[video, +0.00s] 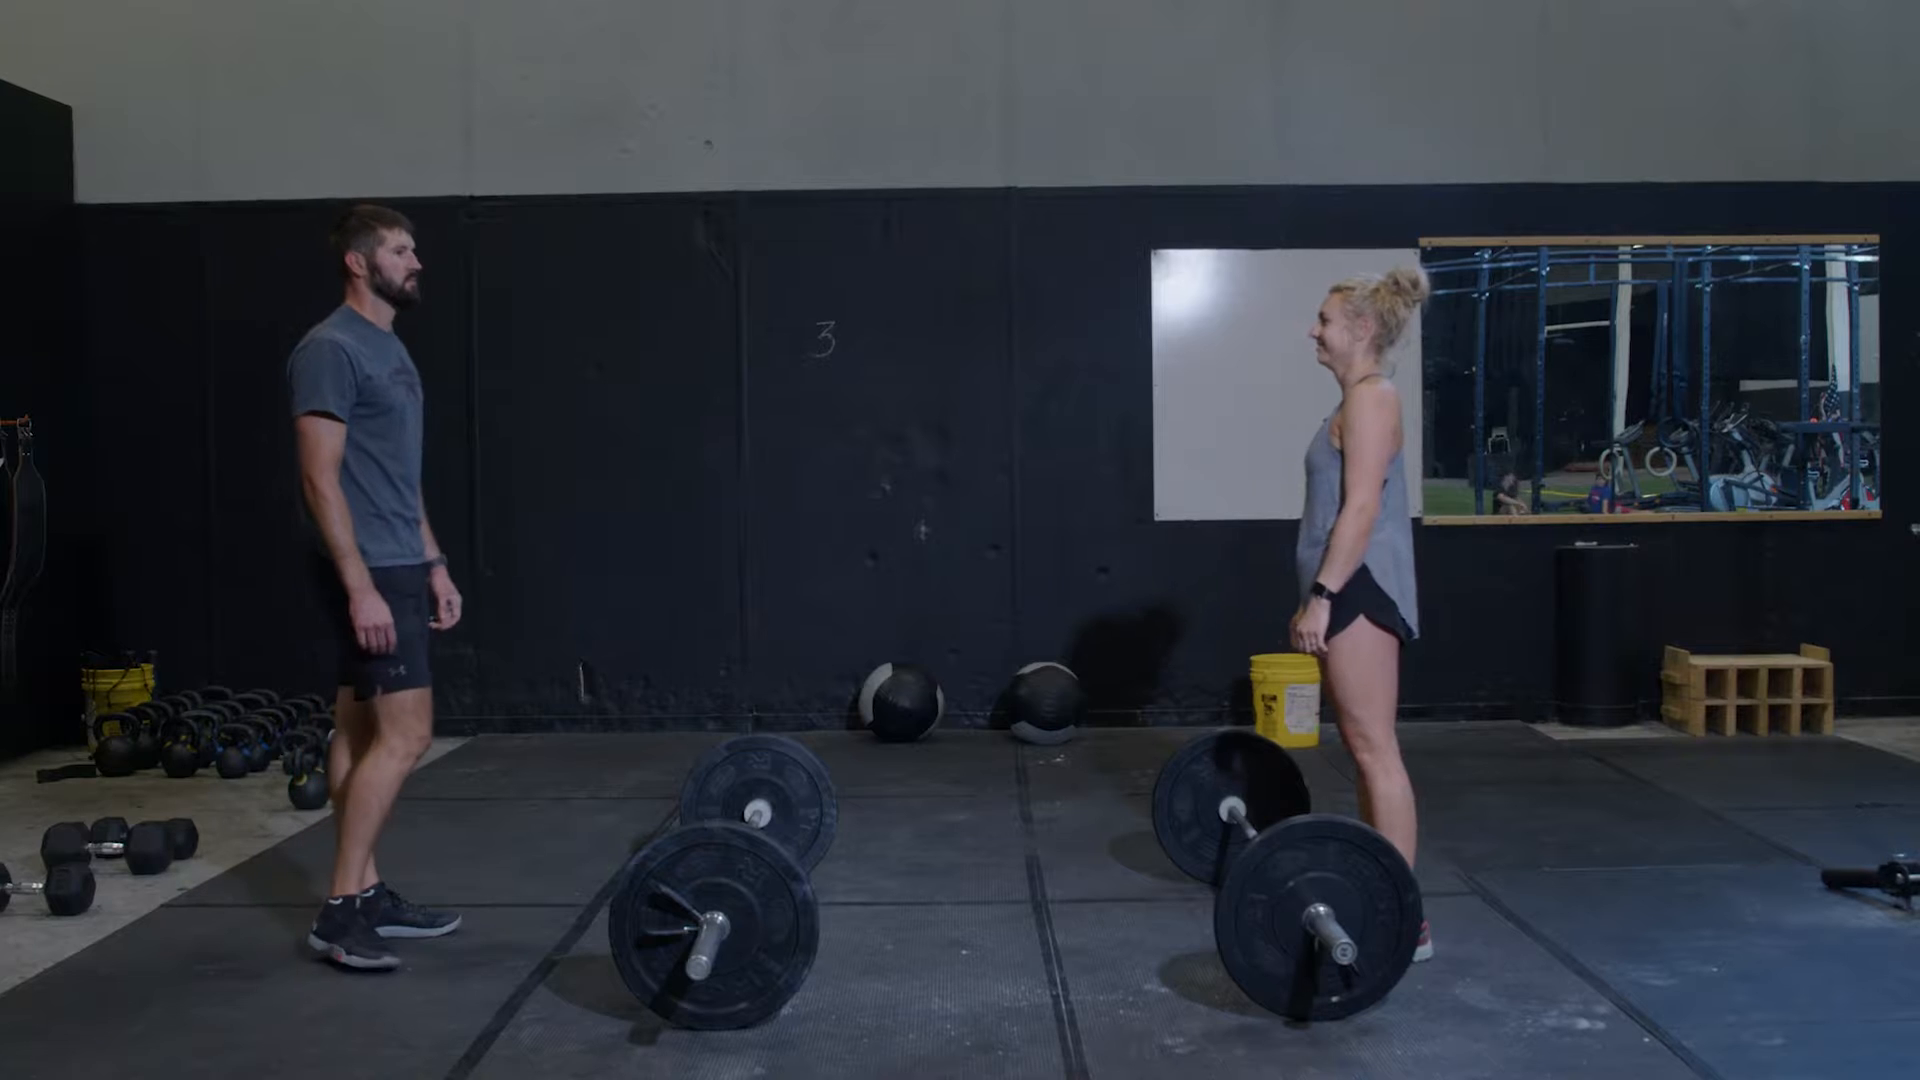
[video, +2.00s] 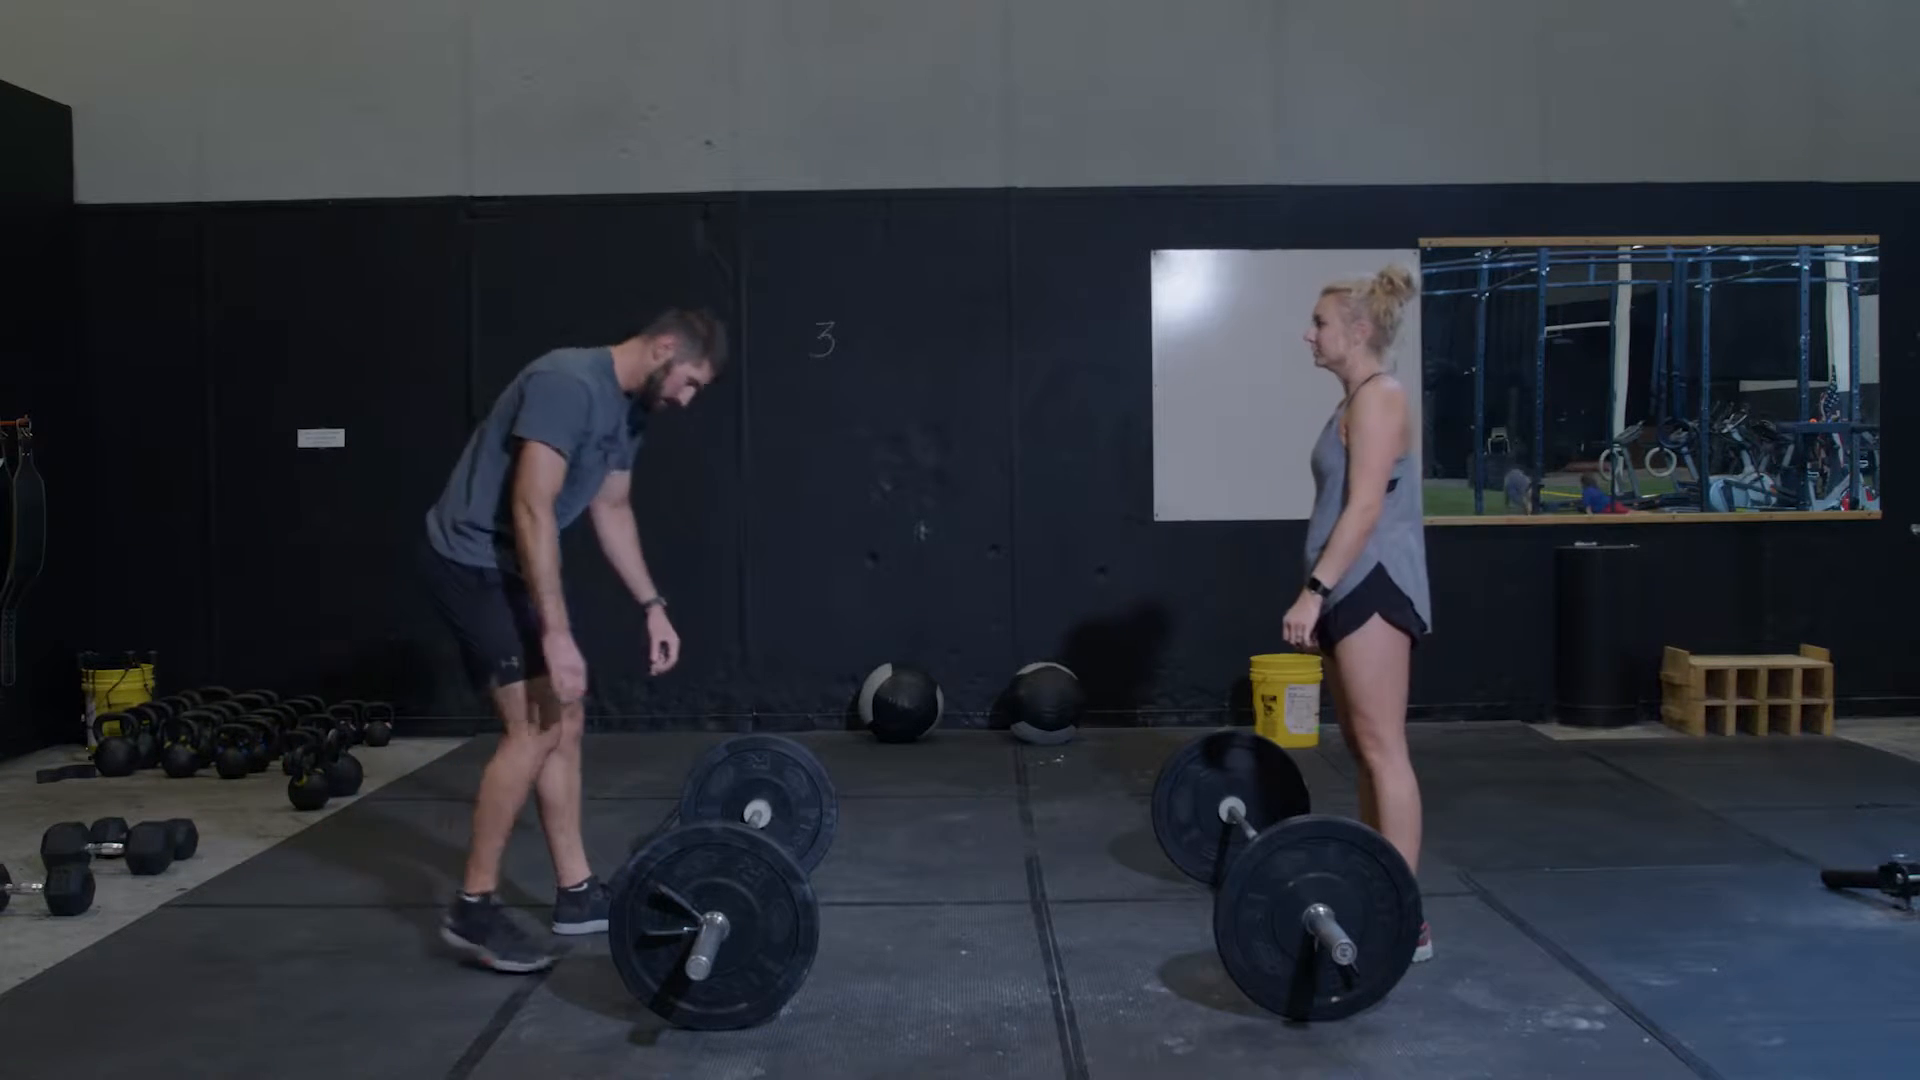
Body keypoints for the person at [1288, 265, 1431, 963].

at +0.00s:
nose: (1315, 330)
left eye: (1326, 320)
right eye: (1319, 319)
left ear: (1362, 331)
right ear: (1359, 332)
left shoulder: (1371, 398)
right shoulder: (1357, 400)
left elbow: (1362, 508)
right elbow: (1351, 510)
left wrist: (1322, 595)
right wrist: (1318, 596)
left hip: (1363, 594)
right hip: (1348, 593)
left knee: (1374, 749)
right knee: (1365, 749)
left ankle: (1399, 912)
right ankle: (1384, 904)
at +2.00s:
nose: (1310, 335)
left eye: (1321, 323)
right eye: (1313, 323)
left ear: (1360, 330)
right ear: (1355, 333)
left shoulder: (1380, 397)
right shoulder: (1357, 399)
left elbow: (1366, 506)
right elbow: (1351, 507)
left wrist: (1315, 589)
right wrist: (1319, 593)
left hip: (1374, 590)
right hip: (1352, 589)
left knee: (1383, 748)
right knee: (1367, 745)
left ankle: (1401, 912)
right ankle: (1378, 899)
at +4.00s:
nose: (1312, 332)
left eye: (1325, 322)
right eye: (1315, 321)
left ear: (1361, 334)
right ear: (1346, 335)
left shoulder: (1372, 401)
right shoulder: (1344, 405)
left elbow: (1366, 508)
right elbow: (1326, 513)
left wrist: (1327, 592)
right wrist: (1300, 590)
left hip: (1366, 594)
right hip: (1343, 592)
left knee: (1371, 751)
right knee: (1362, 750)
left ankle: (1399, 912)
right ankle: (1380, 903)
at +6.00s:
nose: (1318, 332)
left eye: (1331, 324)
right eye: (1322, 322)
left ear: (1365, 339)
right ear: (1354, 340)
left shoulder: (1377, 407)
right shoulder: (1346, 408)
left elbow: (1372, 515)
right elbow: (1331, 515)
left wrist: (1333, 599)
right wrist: (1305, 591)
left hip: (1370, 597)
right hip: (1345, 595)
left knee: (1371, 754)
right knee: (1364, 753)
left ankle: (1399, 913)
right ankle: (1384, 906)